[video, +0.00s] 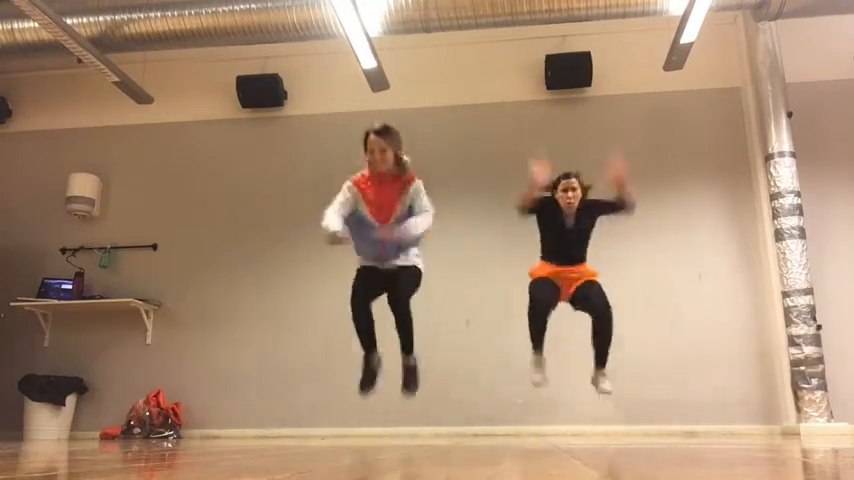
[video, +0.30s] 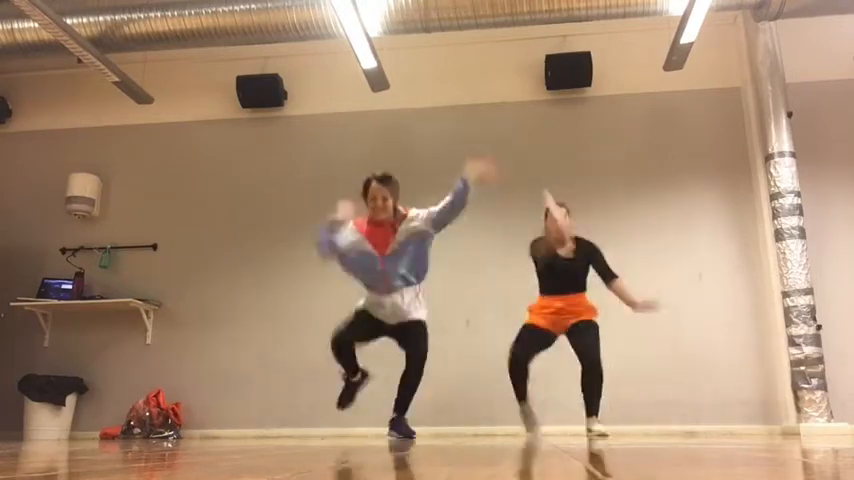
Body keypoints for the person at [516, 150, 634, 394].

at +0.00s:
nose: (569, 195)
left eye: (574, 190)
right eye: (564, 190)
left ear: (582, 193)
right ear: (556, 193)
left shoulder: (590, 208)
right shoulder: (545, 206)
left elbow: (625, 206)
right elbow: (523, 207)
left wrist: (621, 184)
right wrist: (534, 189)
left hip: (579, 279)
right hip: (548, 277)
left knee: (602, 310)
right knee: (539, 301)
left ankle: (600, 372)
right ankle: (537, 357)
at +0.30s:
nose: (556, 220)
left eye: (561, 215)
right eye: (551, 217)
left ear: (570, 221)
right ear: (545, 225)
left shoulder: (586, 248)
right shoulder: (538, 247)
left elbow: (610, 279)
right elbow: (545, 254)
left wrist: (633, 302)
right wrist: (553, 212)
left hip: (579, 314)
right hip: (546, 314)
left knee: (592, 362)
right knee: (517, 356)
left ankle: (592, 421)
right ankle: (523, 406)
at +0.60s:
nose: (554, 262)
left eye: (558, 258)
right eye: (549, 258)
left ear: (567, 262)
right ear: (542, 264)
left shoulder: (580, 292)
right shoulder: (534, 288)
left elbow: (603, 329)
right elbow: (514, 299)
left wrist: (629, 363)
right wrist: (500, 301)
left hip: (574, 359)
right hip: (543, 362)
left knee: (619, 371)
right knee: (543, 427)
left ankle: (581, 416)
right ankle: (525, 425)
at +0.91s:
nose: (551, 268)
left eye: (555, 264)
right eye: (546, 263)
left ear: (560, 266)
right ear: (537, 268)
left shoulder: (566, 282)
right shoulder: (529, 289)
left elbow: (580, 252)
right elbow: (547, 301)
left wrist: (566, 224)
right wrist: (550, 288)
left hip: (574, 356)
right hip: (541, 361)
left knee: (593, 415)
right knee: (535, 429)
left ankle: (619, 405)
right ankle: (530, 424)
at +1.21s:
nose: (566, 260)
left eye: (570, 255)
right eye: (560, 257)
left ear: (578, 259)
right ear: (553, 263)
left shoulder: (594, 287)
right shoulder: (547, 283)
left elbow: (600, 320)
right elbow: (515, 298)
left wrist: (584, 325)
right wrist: (514, 272)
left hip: (580, 359)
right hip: (546, 354)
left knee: (586, 429)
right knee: (530, 409)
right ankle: (498, 413)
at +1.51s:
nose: (533, 254)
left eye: (537, 250)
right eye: (527, 252)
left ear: (546, 254)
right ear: (523, 261)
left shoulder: (558, 262)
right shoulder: (529, 290)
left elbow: (580, 227)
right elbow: (519, 325)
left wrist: (595, 189)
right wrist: (499, 306)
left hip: (573, 347)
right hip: (547, 347)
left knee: (579, 420)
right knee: (501, 357)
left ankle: (648, 431)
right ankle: (527, 422)